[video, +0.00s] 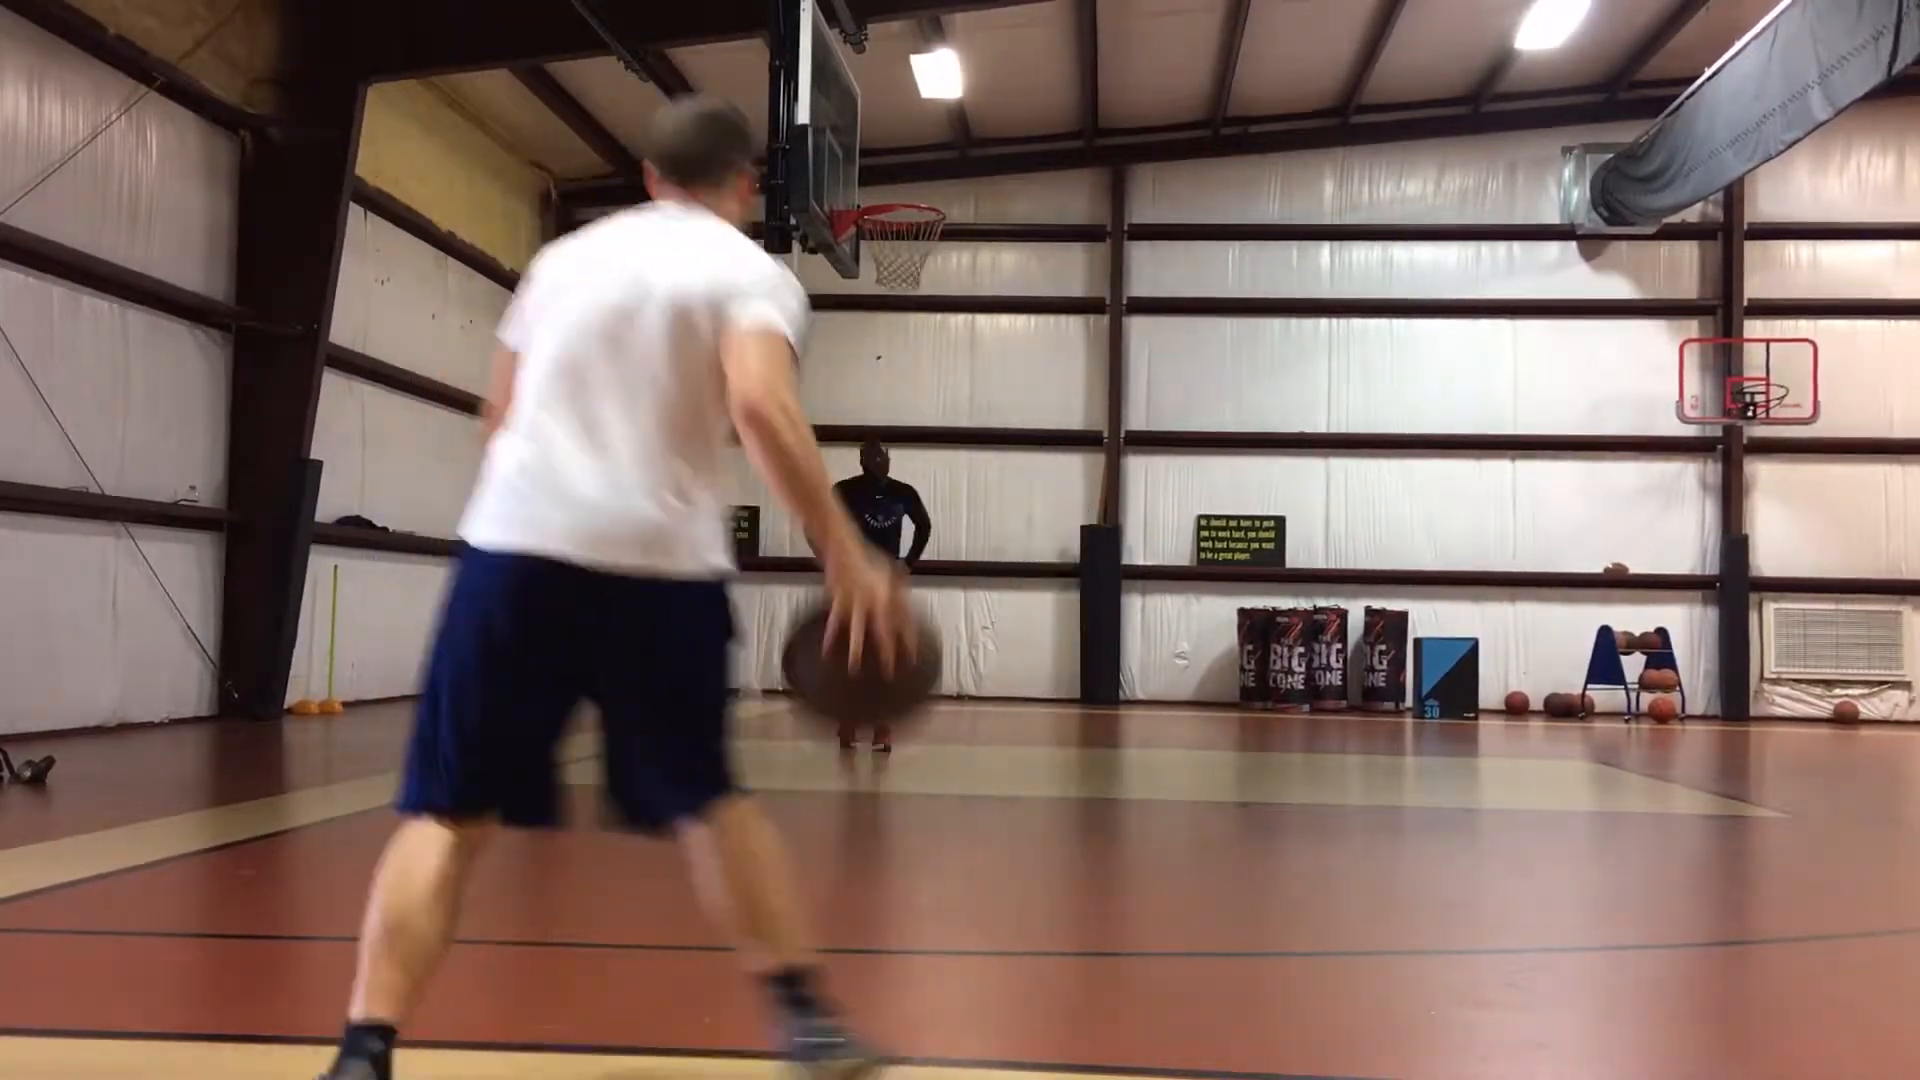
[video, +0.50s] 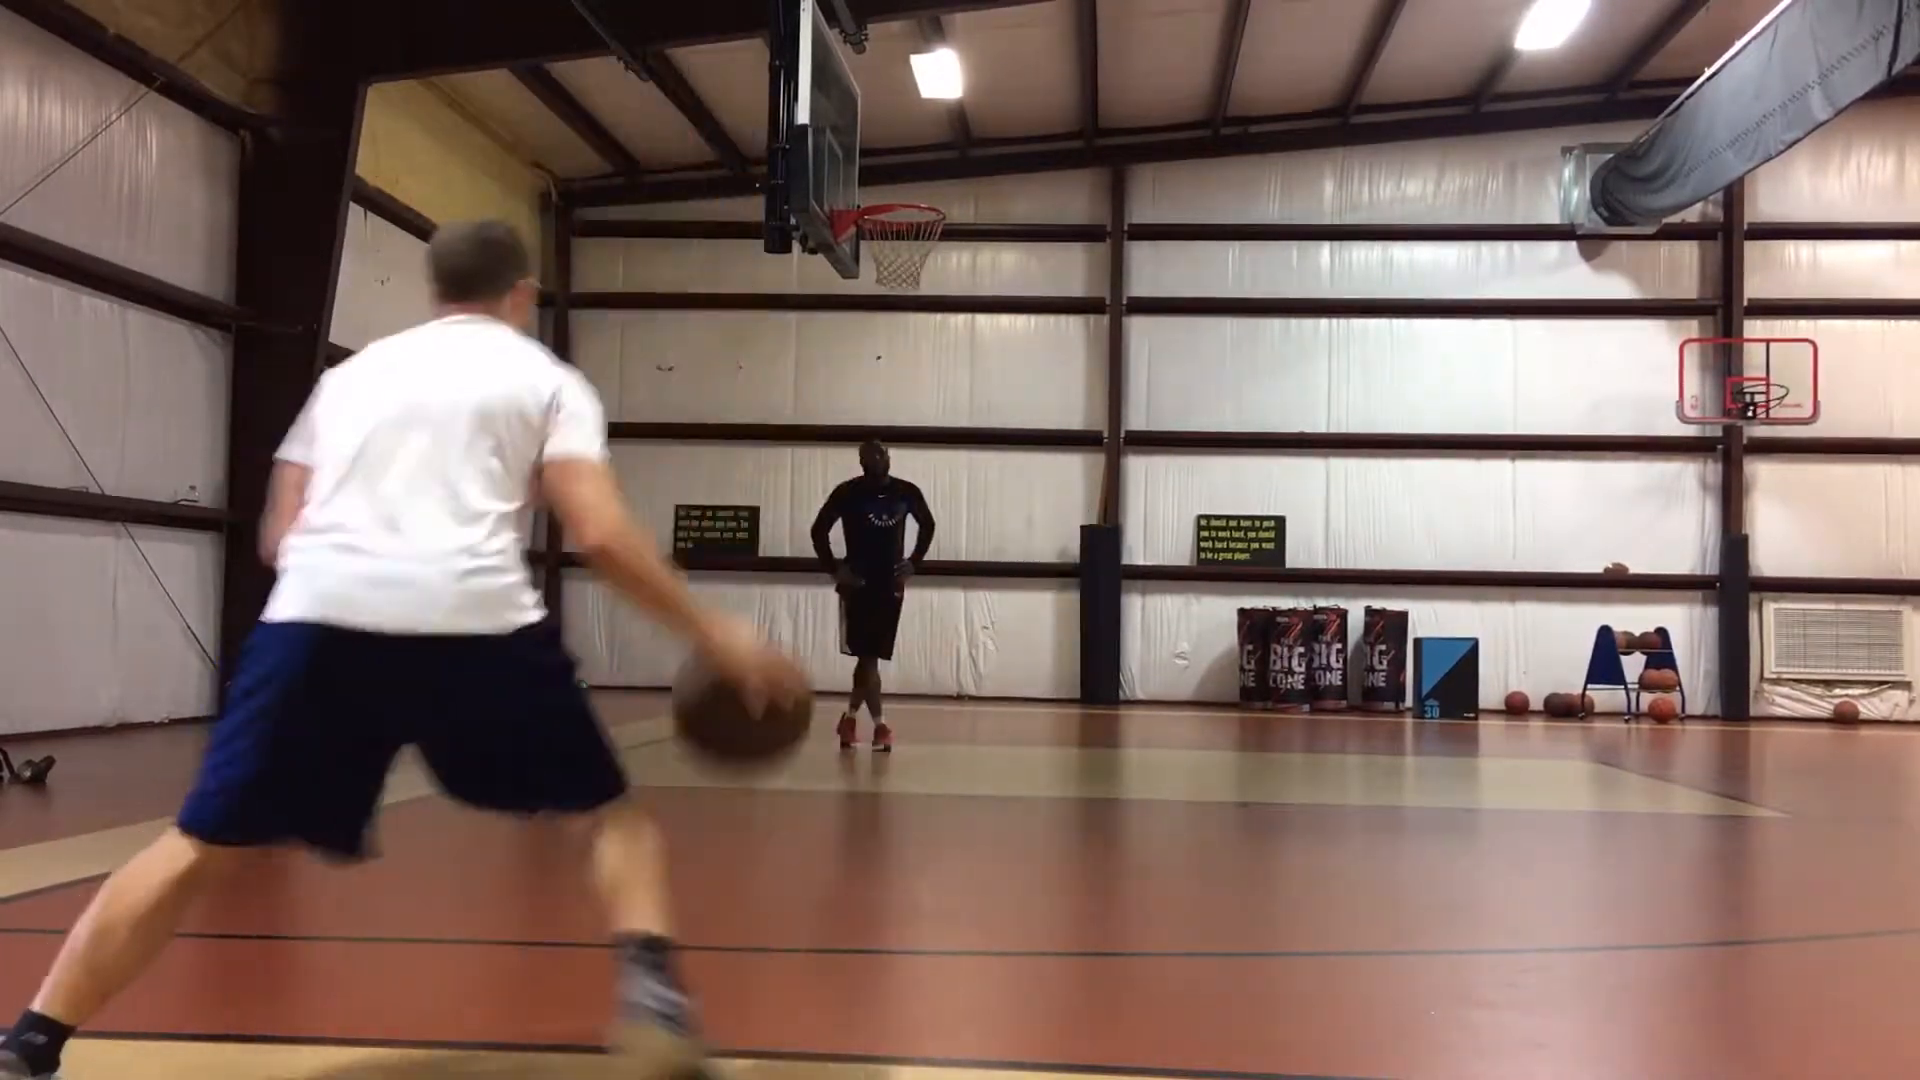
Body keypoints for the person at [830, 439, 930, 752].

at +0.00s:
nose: (880, 463)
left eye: (883, 457)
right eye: (874, 457)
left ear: (888, 459)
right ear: (862, 460)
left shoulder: (904, 494)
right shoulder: (843, 491)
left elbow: (923, 527)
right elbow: (815, 528)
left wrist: (910, 562)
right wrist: (832, 561)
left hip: (887, 577)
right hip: (850, 576)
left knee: (885, 649)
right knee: (851, 650)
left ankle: (883, 721)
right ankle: (847, 720)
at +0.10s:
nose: (873, 469)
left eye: (877, 462)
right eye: (867, 463)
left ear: (884, 463)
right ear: (856, 467)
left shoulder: (903, 494)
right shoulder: (844, 497)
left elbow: (923, 528)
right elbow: (828, 541)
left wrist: (911, 559)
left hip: (887, 580)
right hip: (853, 580)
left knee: (868, 655)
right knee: (866, 656)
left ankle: (850, 718)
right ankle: (879, 724)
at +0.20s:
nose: (879, 462)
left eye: (882, 455)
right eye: (872, 456)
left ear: (888, 458)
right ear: (861, 460)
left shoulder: (904, 494)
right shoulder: (845, 493)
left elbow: (925, 525)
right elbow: (814, 530)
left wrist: (912, 561)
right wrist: (831, 567)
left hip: (887, 581)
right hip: (853, 580)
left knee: (870, 654)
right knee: (866, 653)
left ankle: (849, 718)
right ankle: (880, 724)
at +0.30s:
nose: (877, 464)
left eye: (880, 457)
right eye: (870, 459)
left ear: (888, 458)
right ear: (861, 462)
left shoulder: (906, 493)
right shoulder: (846, 493)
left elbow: (926, 525)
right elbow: (815, 530)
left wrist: (913, 561)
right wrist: (833, 568)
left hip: (888, 581)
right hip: (855, 580)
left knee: (871, 654)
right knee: (867, 653)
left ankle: (849, 717)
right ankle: (879, 725)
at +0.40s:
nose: (878, 462)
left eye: (881, 455)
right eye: (872, 457)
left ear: (888, 457)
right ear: (861, 461)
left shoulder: (906, 493)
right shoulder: (846, 493)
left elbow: (927, 525)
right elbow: (817, 531)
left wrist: (913, 561)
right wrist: (834, 568)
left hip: (889, 581)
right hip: (855, 580)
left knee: (871, 654)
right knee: (867, 653)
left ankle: (849, 717)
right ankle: (879, 725)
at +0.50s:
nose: (878, 461)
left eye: (881, 455)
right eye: (872, 457)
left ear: (888, 457)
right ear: (861, 461)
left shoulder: (907, 493)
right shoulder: (846, 493)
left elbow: (927, 525)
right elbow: (818, 531)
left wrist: (914, 562)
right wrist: (835, 570)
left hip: (889, 581)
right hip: (856, 581)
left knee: (871, 654)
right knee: (867, 653)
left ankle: (849, 717)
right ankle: (879, 725)